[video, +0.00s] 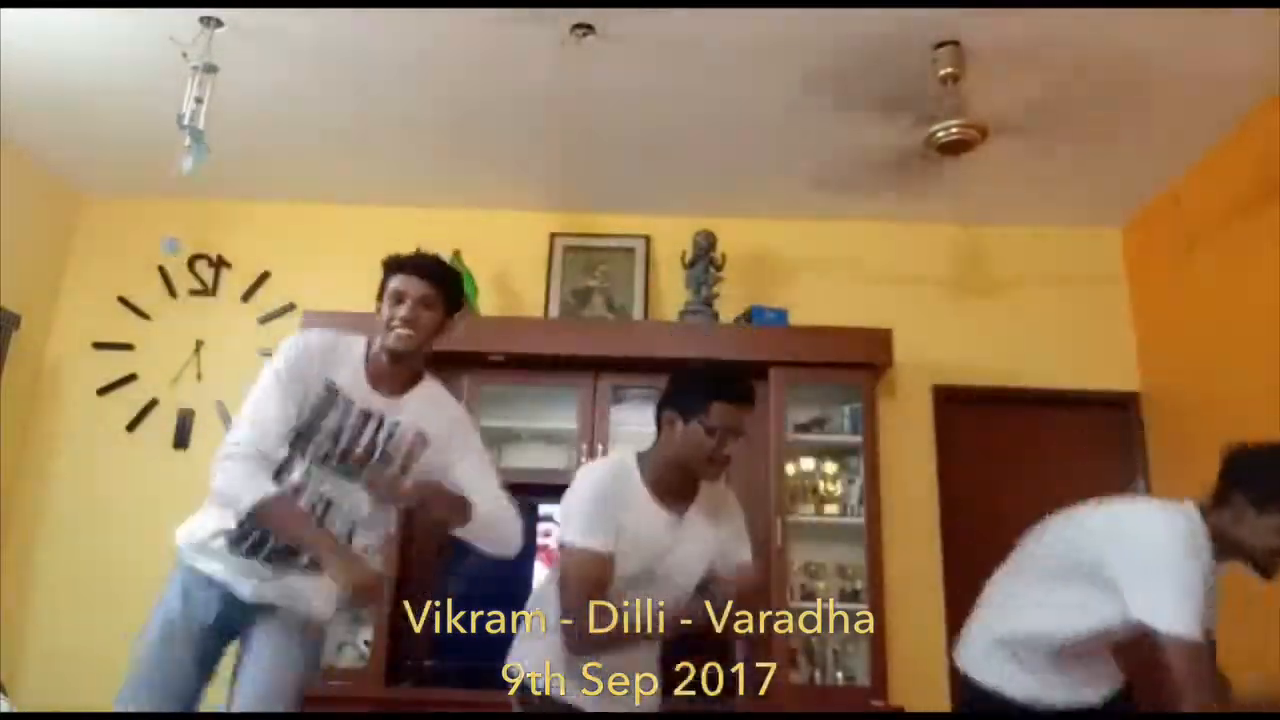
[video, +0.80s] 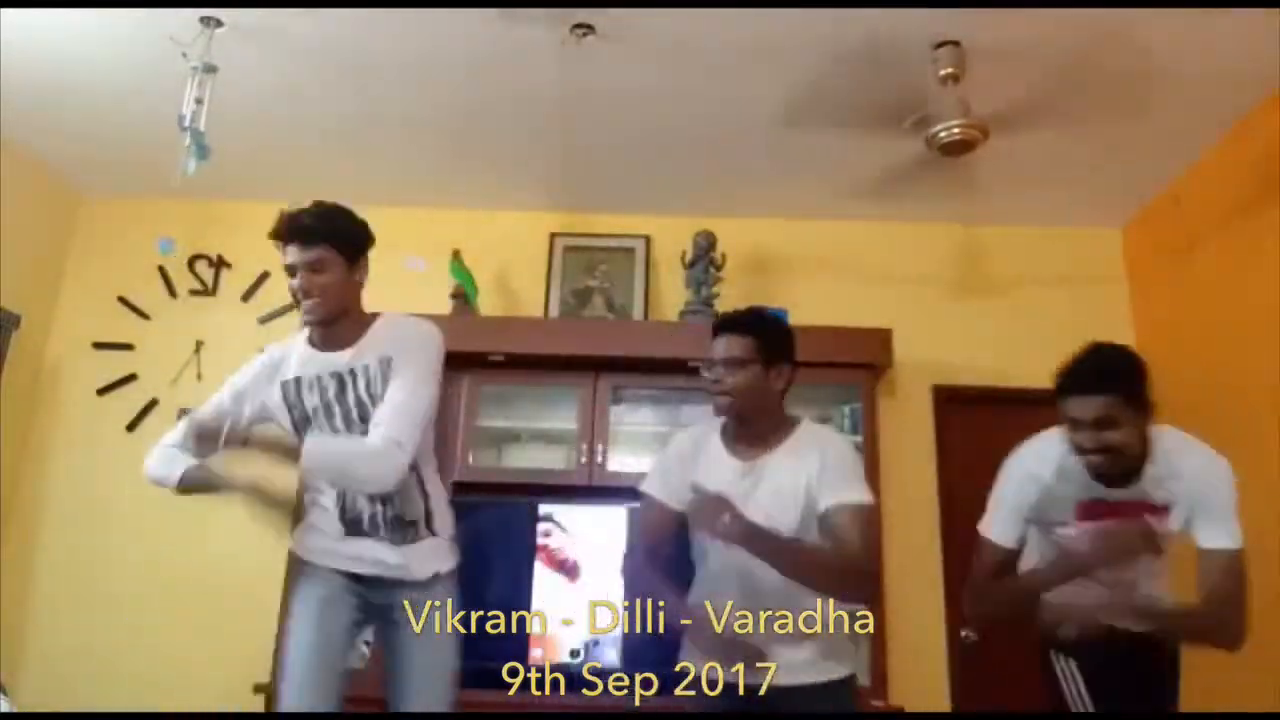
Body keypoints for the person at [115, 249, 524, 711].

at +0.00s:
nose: (405, 313)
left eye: (424, 305)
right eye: (396, 299)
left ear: (445, 325)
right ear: (379, 306)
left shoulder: (447, 421)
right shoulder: (311, 354)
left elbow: (508, 537)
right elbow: (235, 471)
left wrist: (436, 496)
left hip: (303, 592)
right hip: (219, 557)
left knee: (262, 706)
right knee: (144, 703)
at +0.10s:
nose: (404, 332)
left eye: (422, 325)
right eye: (396, 318)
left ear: (440, 346)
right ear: (375, 325)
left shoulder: (439, 440)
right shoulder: (308, 375)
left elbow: (498, 561)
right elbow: (222, 486)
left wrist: (442, 565)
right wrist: (335, 498)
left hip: (297, 623)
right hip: (204, 590)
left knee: (273, 712)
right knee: (109, 707)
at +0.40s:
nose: (398, 336)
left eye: (416, 327)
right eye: (388, 322)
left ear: (436, 347)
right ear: (368, 332)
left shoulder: (437, 448)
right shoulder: (301, 384)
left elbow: (459, 582)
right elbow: (191, 490)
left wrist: (417, 572)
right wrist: (300, 538)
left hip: (305, 633)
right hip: (209, 599)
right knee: (126, 705)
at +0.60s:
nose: (361, 328)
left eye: (379, 317)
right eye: (349, 315)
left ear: (405, 330)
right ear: (334, 325)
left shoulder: (432, 418)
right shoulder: (290, 399)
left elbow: (430, 550)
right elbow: (166, 495)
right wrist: (240, 509)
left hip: (341, 645)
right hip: (245, 622)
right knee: (179, 706)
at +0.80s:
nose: (301, 285)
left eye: (316, 269)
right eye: (292, 272)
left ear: (358, 270)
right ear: (285, 278)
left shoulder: (414, 339)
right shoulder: (276, 365)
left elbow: (383, 465)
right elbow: (161, 461)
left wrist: (267, 443)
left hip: (422, 573)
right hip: (326, 568)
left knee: (424, 705)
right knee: (301, 704)